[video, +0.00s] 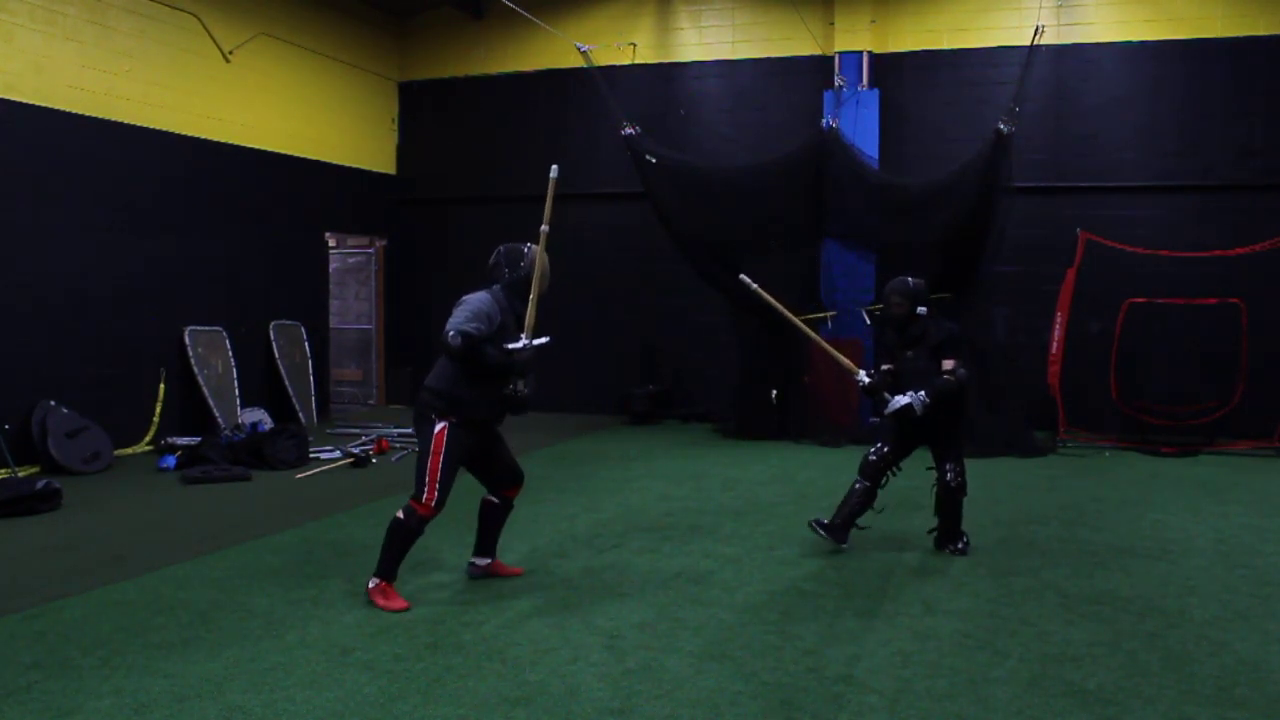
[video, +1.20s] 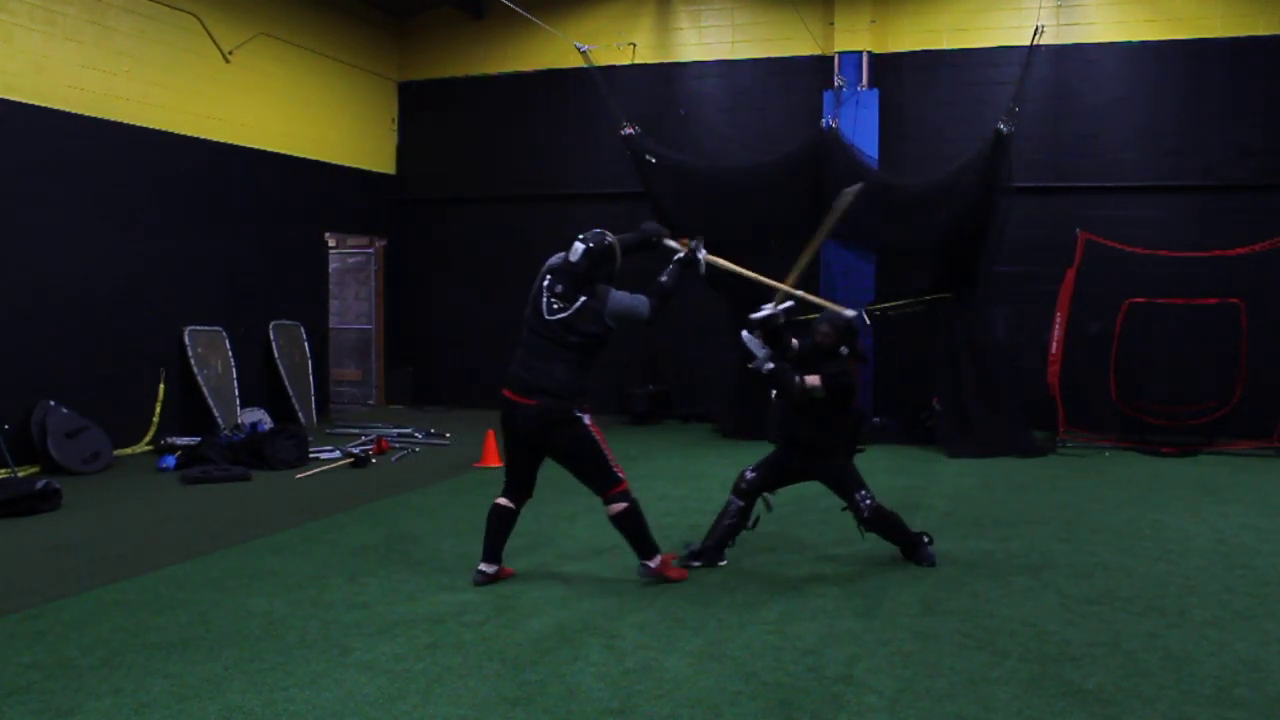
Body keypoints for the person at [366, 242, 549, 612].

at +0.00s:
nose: (538, 285)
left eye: (539, 277)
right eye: (533, 276)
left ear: (514, 275)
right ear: (515, 274)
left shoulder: (514, 317)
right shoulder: (482, 303)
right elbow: (456, 341)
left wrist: (517, 391)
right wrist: (509, 357)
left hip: (474, 417)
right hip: (443, 415)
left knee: (508, 481)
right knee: (427, 501)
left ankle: (483, 560)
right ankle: (380, 582)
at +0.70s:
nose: (527, 284)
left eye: (526, 277)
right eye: (523, 276)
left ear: (490, 274)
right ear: (508, 275)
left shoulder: (499, 312)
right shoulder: (481, 304)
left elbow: (505, 374)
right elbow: (502, 349)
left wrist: (539, 392)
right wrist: (545, 352)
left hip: (459, 425)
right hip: (438, 424)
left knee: (494, 479)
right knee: (417, 513)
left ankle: (483, 565)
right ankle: (363, 596)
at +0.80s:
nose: (535, 281)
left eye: (534, 274)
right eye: (532, 273)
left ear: (496, 273)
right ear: (518, 273)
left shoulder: (497, 311)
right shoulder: (503, 298)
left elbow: (535, 366)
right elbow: (560, 329)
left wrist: (580, 372)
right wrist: (619, 341)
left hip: (470, 419)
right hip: (454, 417)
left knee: (503, 483)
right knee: (445, 511)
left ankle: (483, 566)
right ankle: (376, 584)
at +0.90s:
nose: (552, 272)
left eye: (550, 266)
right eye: (549, 265)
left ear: (510, 265)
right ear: (539, 266)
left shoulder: (499, 297)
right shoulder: (530, 292)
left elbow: (554, 338)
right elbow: (586, 319)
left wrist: (600, 342)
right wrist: (640, 336)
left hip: (478, 407)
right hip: (475, 409)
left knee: (509, 486)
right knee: (499, 499)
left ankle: (484, 566)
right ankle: (426, 561)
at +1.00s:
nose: (572, 268)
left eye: (569, 262)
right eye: (571, 262)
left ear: (530, 256)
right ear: (564, 263)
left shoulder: (508, 283)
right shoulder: (557, 295)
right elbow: (605, 323)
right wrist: (651, 324)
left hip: (472, 400)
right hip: (501, 404)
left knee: (504, 482)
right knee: (549, 483)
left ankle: (485, 564)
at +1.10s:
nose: (594, 267)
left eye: (592, 262)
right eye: (591, 262)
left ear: (555, 254)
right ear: (585, 265)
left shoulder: (531, 271)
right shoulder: (581, 297)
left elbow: (595, 270)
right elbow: (633, 308)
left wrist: (647, 277)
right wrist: (674, 292)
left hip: (487, 398)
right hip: (528, 404)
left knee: (504, 482)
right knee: (582, 480)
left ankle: (485, 564)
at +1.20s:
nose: (614, 267)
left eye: (611, 259)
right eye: (611, 262)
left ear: (576, 254)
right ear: (604, 266)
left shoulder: (551, 269)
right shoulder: (602, 300)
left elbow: (598, 250)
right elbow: (650, 304)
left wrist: (645, 237)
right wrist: (681, 262)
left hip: (516, 403)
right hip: (558, 410)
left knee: (516, 486)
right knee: (611, 485)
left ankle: (488, 564)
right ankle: (651, 559)